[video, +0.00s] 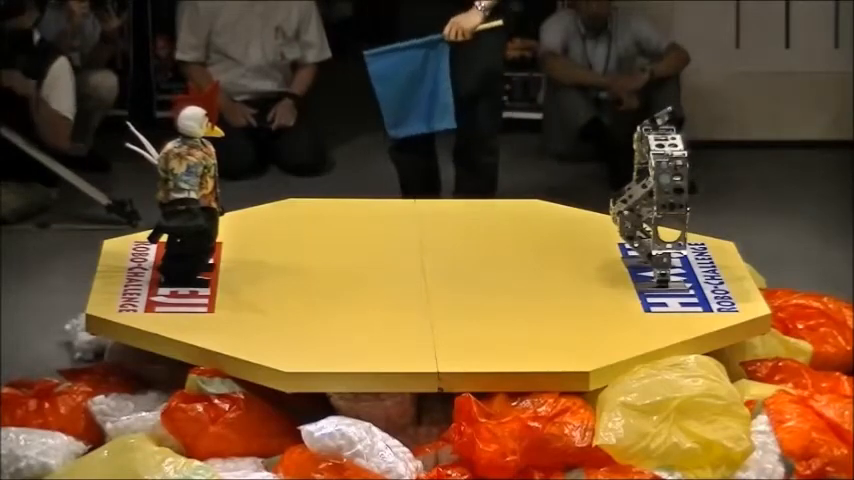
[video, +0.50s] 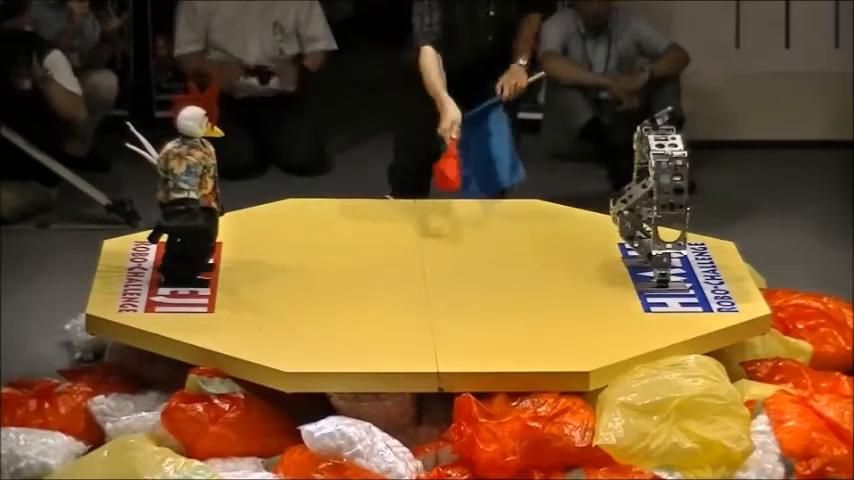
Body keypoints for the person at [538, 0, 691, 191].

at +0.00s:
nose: (595, 9)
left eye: (601, 2)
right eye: (587, 2)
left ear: (611, 4)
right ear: (574, 5)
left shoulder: (630, 24)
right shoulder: (558, 25)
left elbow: (679, 56)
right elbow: (552, 67)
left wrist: (644, 76)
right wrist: (611, 83)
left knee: (666, 81)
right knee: (564, 88)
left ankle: (670, 166)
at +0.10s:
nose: (597, 10)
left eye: (603, 3)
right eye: (590, 3)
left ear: (611, 5)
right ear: (576, 5)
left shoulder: (628, 24)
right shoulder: (558, 25)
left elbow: (679, 56)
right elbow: (553, 66)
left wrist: (643, 77)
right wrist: (610, 83)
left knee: (667, 81)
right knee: (564, 85)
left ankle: (669, 166)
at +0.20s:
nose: (597, 10)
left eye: (603, 3)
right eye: (590, 3)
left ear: (611, 5)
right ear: (577, 5)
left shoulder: (628, 24)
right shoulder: (559, 24)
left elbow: (679, 56)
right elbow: (552, 66)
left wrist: (643, 76)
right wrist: (609, 83)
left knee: (667, 82)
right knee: (563, 89)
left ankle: (668, 166)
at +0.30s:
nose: (596, 9)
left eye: (602, 3)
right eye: (589, 3)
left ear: (611, 5)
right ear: (577, 5)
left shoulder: (628, 24)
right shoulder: (567, 21)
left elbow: (679, 56)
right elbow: (550, 64)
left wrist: (643, 76)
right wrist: (608, 83)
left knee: (667, 80)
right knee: (562, 84)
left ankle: (668, 163)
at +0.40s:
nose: (598, 9)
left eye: (604, 3)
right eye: (590, 3)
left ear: (611, 5)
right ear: (577, 5)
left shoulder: (628, 24)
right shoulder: (562, 22)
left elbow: (679, 56)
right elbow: (551, 64)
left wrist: (643, 76)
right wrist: (608, 83)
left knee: (667, 81)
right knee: (564, 88)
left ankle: (668, 166)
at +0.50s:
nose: (597, 9)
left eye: (603, 3)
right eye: (590, 3)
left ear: (612, 4)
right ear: (577, 5)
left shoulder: (628, 24)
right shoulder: (559, 24)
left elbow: (679, 57)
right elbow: (551, 64)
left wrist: (644, 76)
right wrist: (609, 83)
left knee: (667, 82)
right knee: (565, 91)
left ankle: (670, 168)